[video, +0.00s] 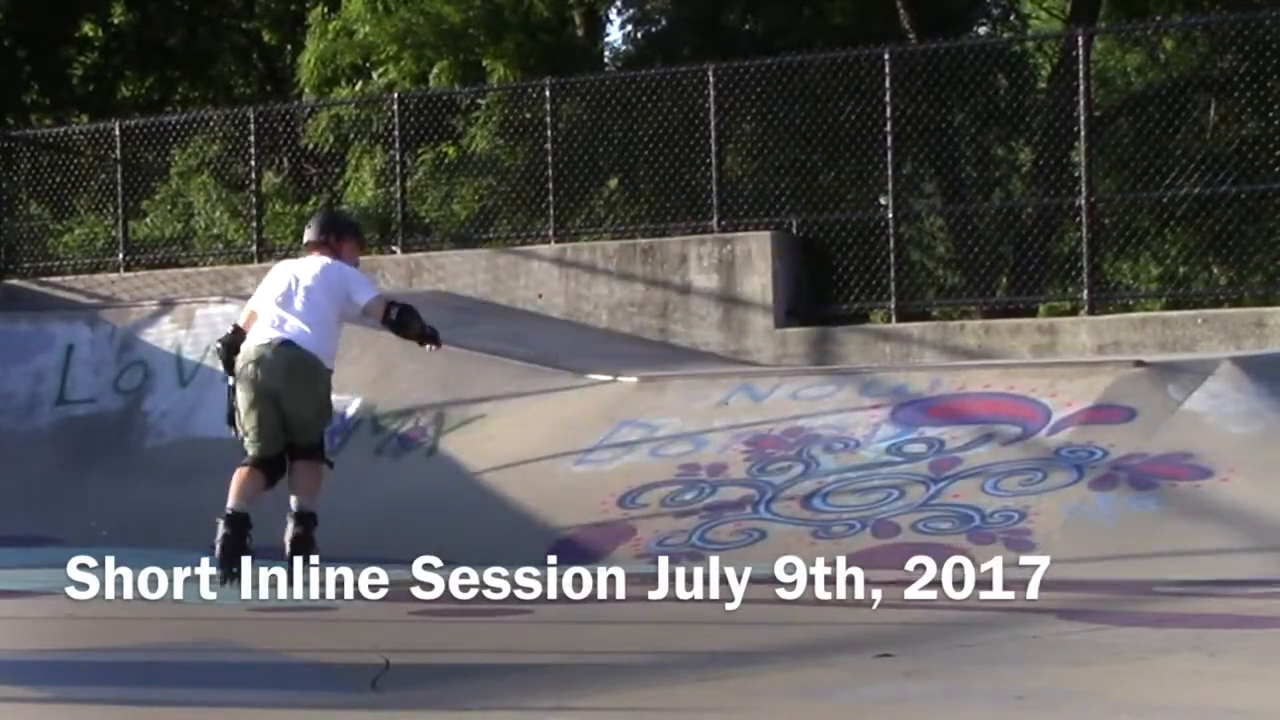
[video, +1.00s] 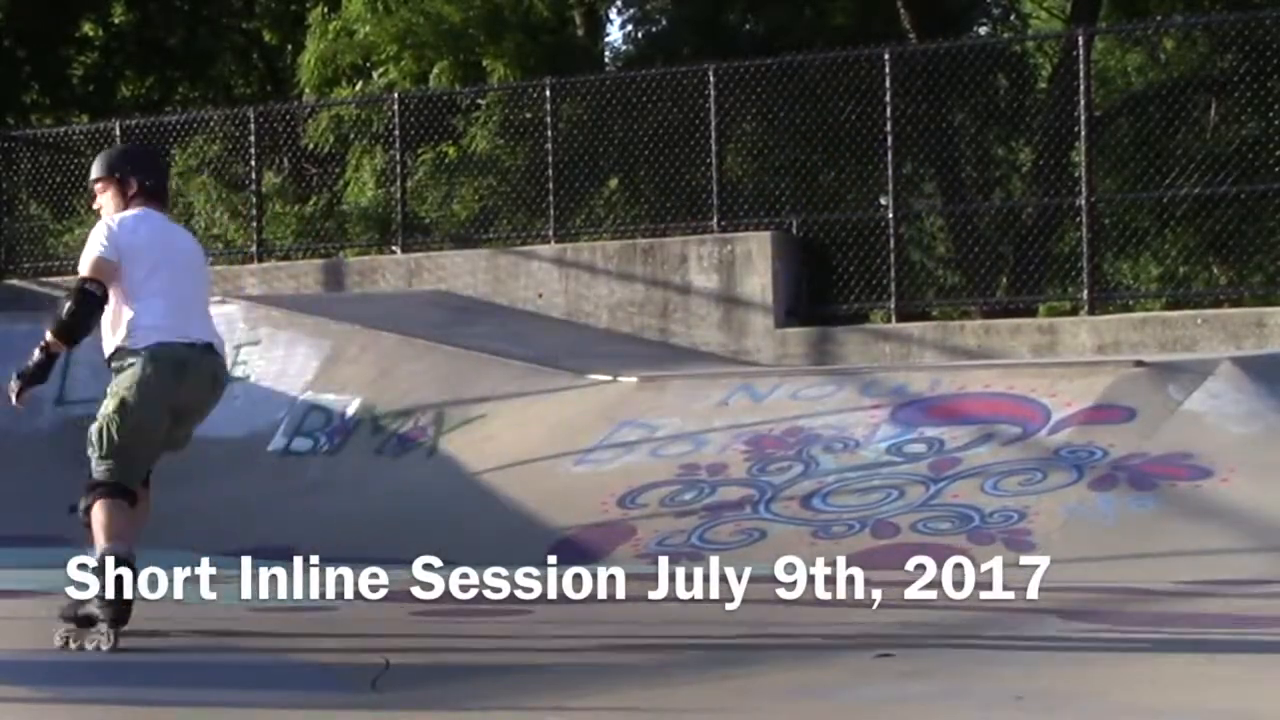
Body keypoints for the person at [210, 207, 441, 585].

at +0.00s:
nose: (358, 257)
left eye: (359, 250)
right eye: (355, 248)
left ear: (310, 244)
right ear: (336, 244)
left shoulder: (278, 272)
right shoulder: (341, 273)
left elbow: (231, 342)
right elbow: (395, 316)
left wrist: (236, 393)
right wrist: (425, 335)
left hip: (250, 360)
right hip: (301, 362)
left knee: (261, 458)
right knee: (307, 455)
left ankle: (230, 532)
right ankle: (300, 536)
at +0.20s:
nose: (302, 234)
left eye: (302, 225)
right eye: (298, 225)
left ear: (253, 226)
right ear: (278, 224)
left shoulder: (218, 259)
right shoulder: (287, 261)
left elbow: (180, 328)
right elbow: (342, 314)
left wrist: (175, 386)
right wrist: (370, 331)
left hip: (202, 359)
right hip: (256, 356)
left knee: (216, 457)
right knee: (275, 455)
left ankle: (187, 544)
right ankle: (294, 542)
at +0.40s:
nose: (254, 222)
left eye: (255, 214)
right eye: (249, 213)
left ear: (205, 215)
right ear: (226, 212)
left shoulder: (165, 252)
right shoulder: (240, 255)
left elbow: (126, 321)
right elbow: (273, 326)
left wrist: (115, 385)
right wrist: (281, 355)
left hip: (147, 361)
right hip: (203, 357)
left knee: (168, 467)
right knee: (253, 450)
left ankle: (127, 544)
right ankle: (254, 547)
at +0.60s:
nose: (210, 218)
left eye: (210, 210)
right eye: (207, 209)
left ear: (155, 208)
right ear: (191, 207)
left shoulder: (120, 246)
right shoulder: (207, 254)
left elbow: (80, 325)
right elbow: (228, 340)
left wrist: (70, 388)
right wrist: (200, 377)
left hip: (115, 358)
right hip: (175, 363)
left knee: (107, 475)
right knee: (196, 454)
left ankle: (60, 549)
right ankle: (178, 559)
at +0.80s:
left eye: (111, 203)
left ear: (116, 202)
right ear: (167, 204)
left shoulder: (95, 241)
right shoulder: (192, 252)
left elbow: (53, 317)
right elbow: (208, 346)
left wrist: (30, 376)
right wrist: (177, 376)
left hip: (109, 356)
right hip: (173, 363)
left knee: (77, 471)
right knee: (145, 465)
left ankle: (44, 556)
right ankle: (113, 562)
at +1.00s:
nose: (95, 203)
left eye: (100, 191)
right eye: (94, 193)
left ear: (130, 187)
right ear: (147, 191)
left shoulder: (114, 229)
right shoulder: (187, 239)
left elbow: (83, 305)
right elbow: (180, 306)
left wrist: (41, 361)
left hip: (150, 361)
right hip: (207, 363)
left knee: (108, 476)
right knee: (138, 471)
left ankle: (114, 590)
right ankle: (109, 579)